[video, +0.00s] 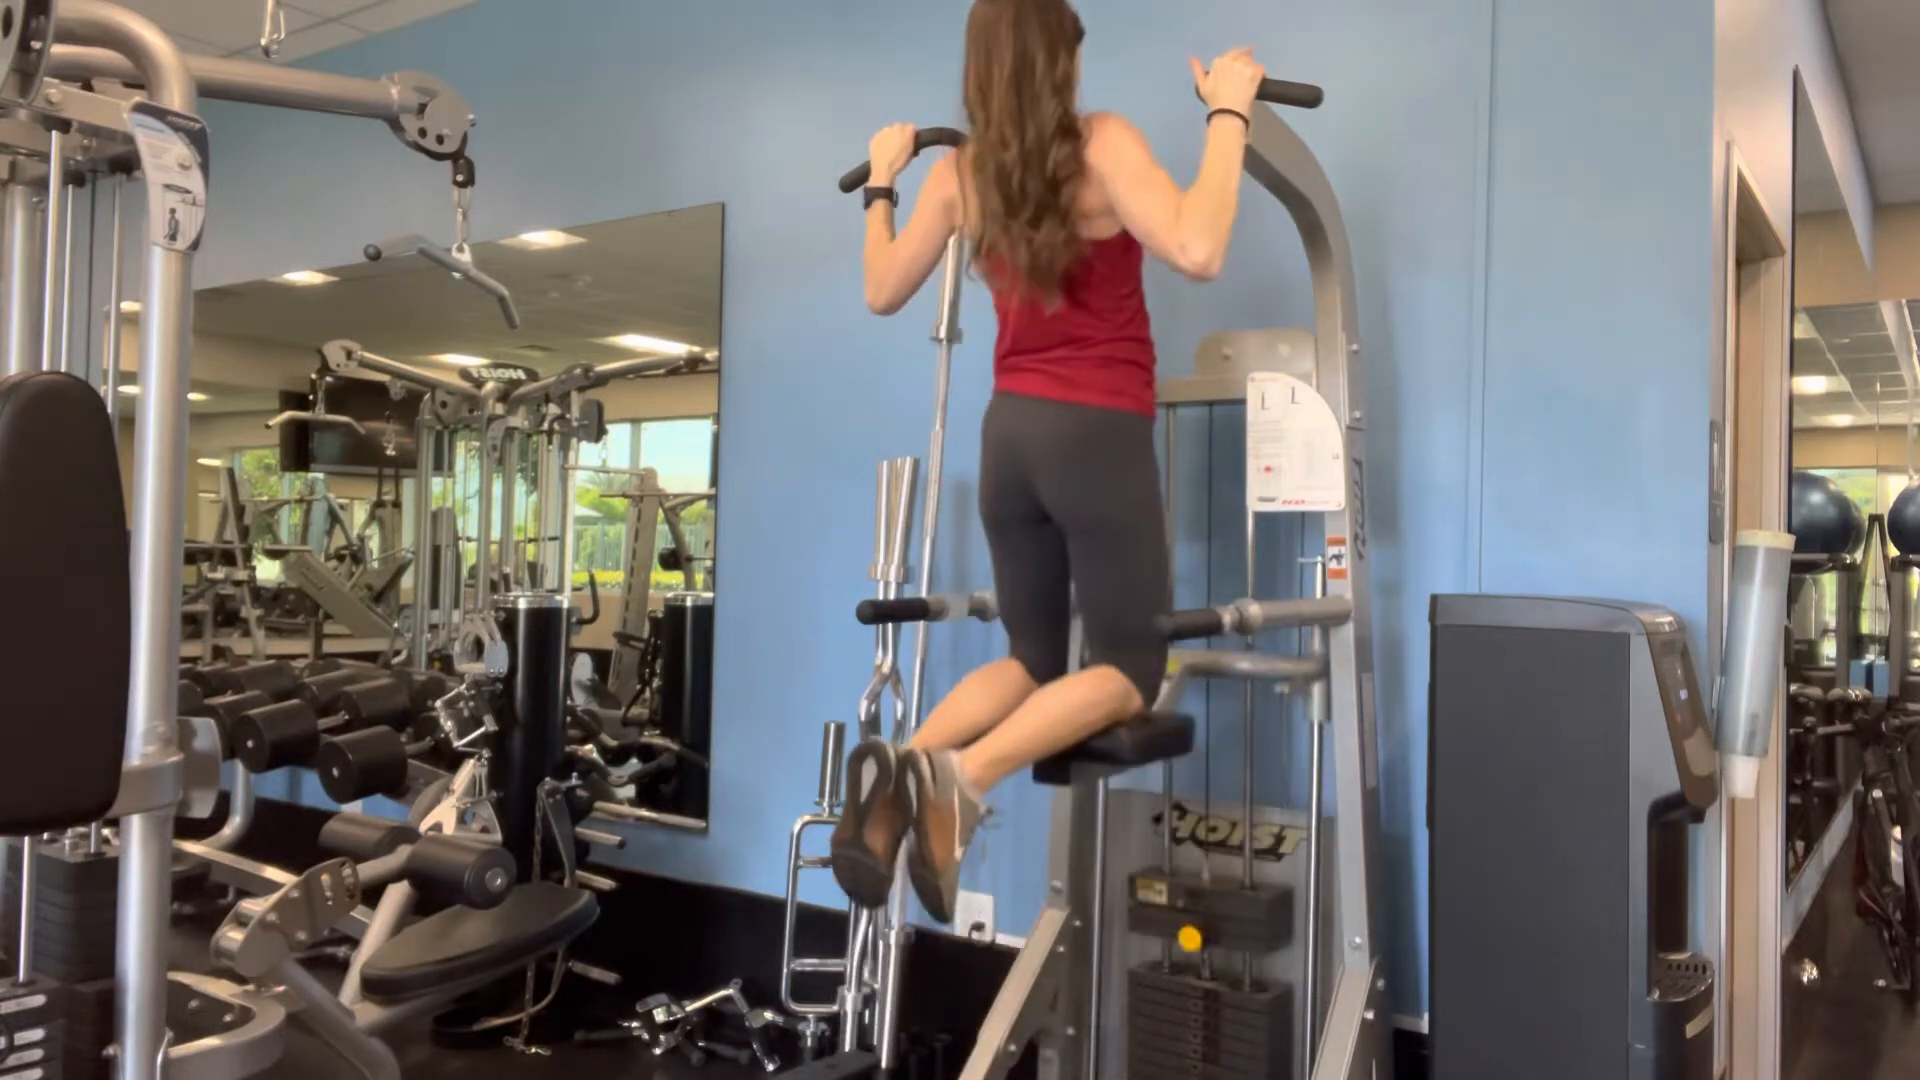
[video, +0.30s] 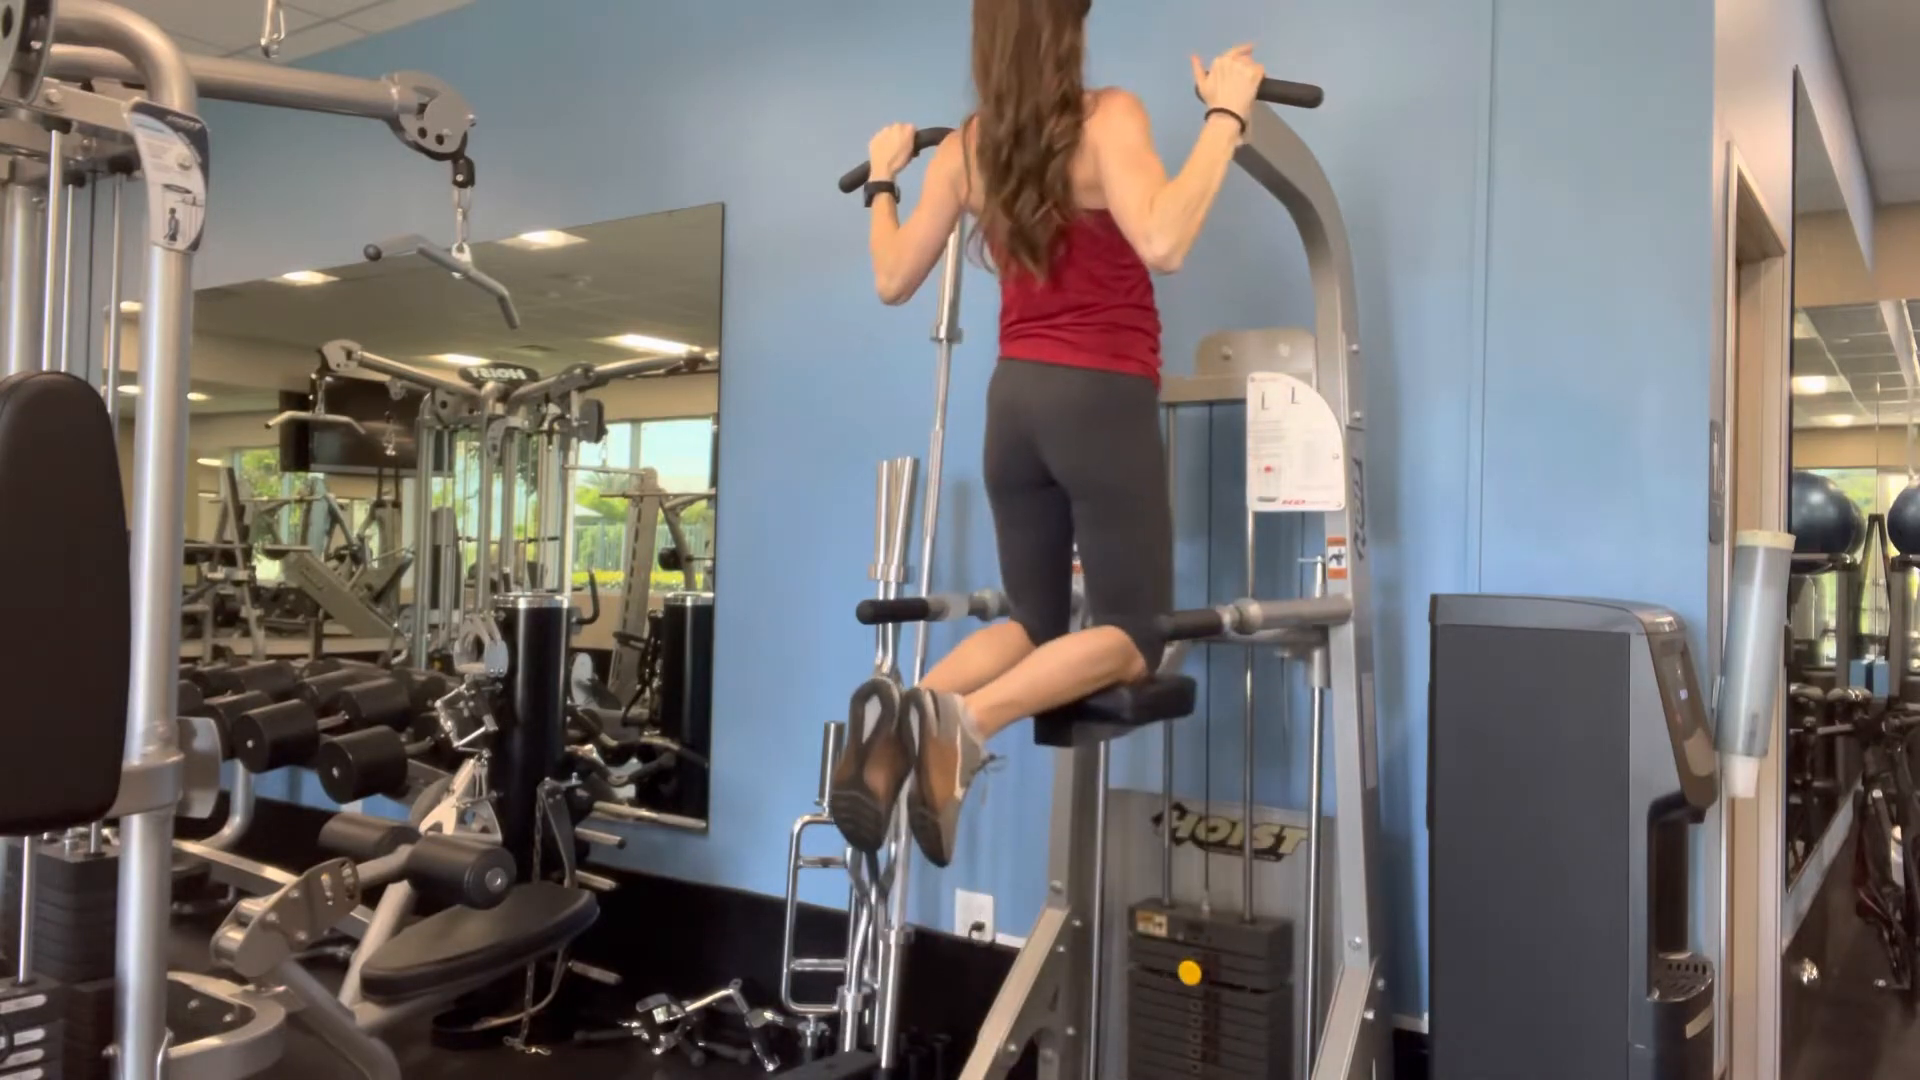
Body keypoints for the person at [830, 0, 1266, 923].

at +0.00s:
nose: (1076, 62)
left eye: (1064, 45)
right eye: (1072, 48)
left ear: (982, 65)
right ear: (1064, 59)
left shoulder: (960, 169)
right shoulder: (1103, 142)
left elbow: (884, 289)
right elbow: (1199, 250)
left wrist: (880, 178)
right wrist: (1229, 113)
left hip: (1009, 435)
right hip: (1097, 437)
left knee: (1033, 660)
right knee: (1130, 674)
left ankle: (904, 769)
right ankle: (963, 779)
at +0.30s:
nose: (1080, 29)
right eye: (1076, 20)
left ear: (989, 35)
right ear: (1069, 29)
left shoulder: (966, 146)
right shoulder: (1108, 115)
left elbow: (893, 278)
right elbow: (1160, 240)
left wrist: (879, 180)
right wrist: (1226, 117)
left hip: (1013, 401)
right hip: (1101, 400)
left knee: (1032, 623)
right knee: (1133, 638)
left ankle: (905, 713)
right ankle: (966, 723)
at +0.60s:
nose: (1077, 30)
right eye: (1074, 21)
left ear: (985, 38)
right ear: (1068, 32)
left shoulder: (969, 146)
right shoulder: (1105, 119)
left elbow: (891, 278)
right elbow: (1165, 240)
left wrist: (879, 180)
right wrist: (1227, 117)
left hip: (1011, 405)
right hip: (1099, 404)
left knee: (1033, 627)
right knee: (1133, 644)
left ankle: (904, 721)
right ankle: (967, 725)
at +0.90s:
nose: (1070, 81)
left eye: (1066, 67)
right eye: (1065, 67)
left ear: (974, 84)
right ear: (1052, 77)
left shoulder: (952, 183)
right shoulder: (1093, 161)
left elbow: (884, 291)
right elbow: (1209, 252)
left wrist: (878, 181)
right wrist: (1230, 114)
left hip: (1010, 441)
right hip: (1098, 444)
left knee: (1036, 663)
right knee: (1133, 679)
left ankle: (900, 750)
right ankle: (971, 748)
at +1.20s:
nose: (1033, 229)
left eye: (996, 221)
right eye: (1025, 217)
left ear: (945, 240)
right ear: (1022, 231)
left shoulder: (937, 327)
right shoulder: (1067, 307)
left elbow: (887, 287)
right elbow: (1223, 262)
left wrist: (885, 184)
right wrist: (1227, 116)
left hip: (995, 603)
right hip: (1084, 610)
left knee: (1026, 812)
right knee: (1123, 837)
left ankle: (898, 909)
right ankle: (955, 927)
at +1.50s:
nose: (1056, 336)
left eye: (1032, 331)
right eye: (1046, 329)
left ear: (966, 359)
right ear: (1040, 350)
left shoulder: (971, 428)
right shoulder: (1084, 420)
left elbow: (918, 303)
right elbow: (1186, 278)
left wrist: (888, 185)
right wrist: (1222, 119)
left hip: (1001, 717)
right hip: (1087, 731)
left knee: (1017, 933)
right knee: (1118, 958)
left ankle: (892, 1047)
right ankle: (957, 1065)